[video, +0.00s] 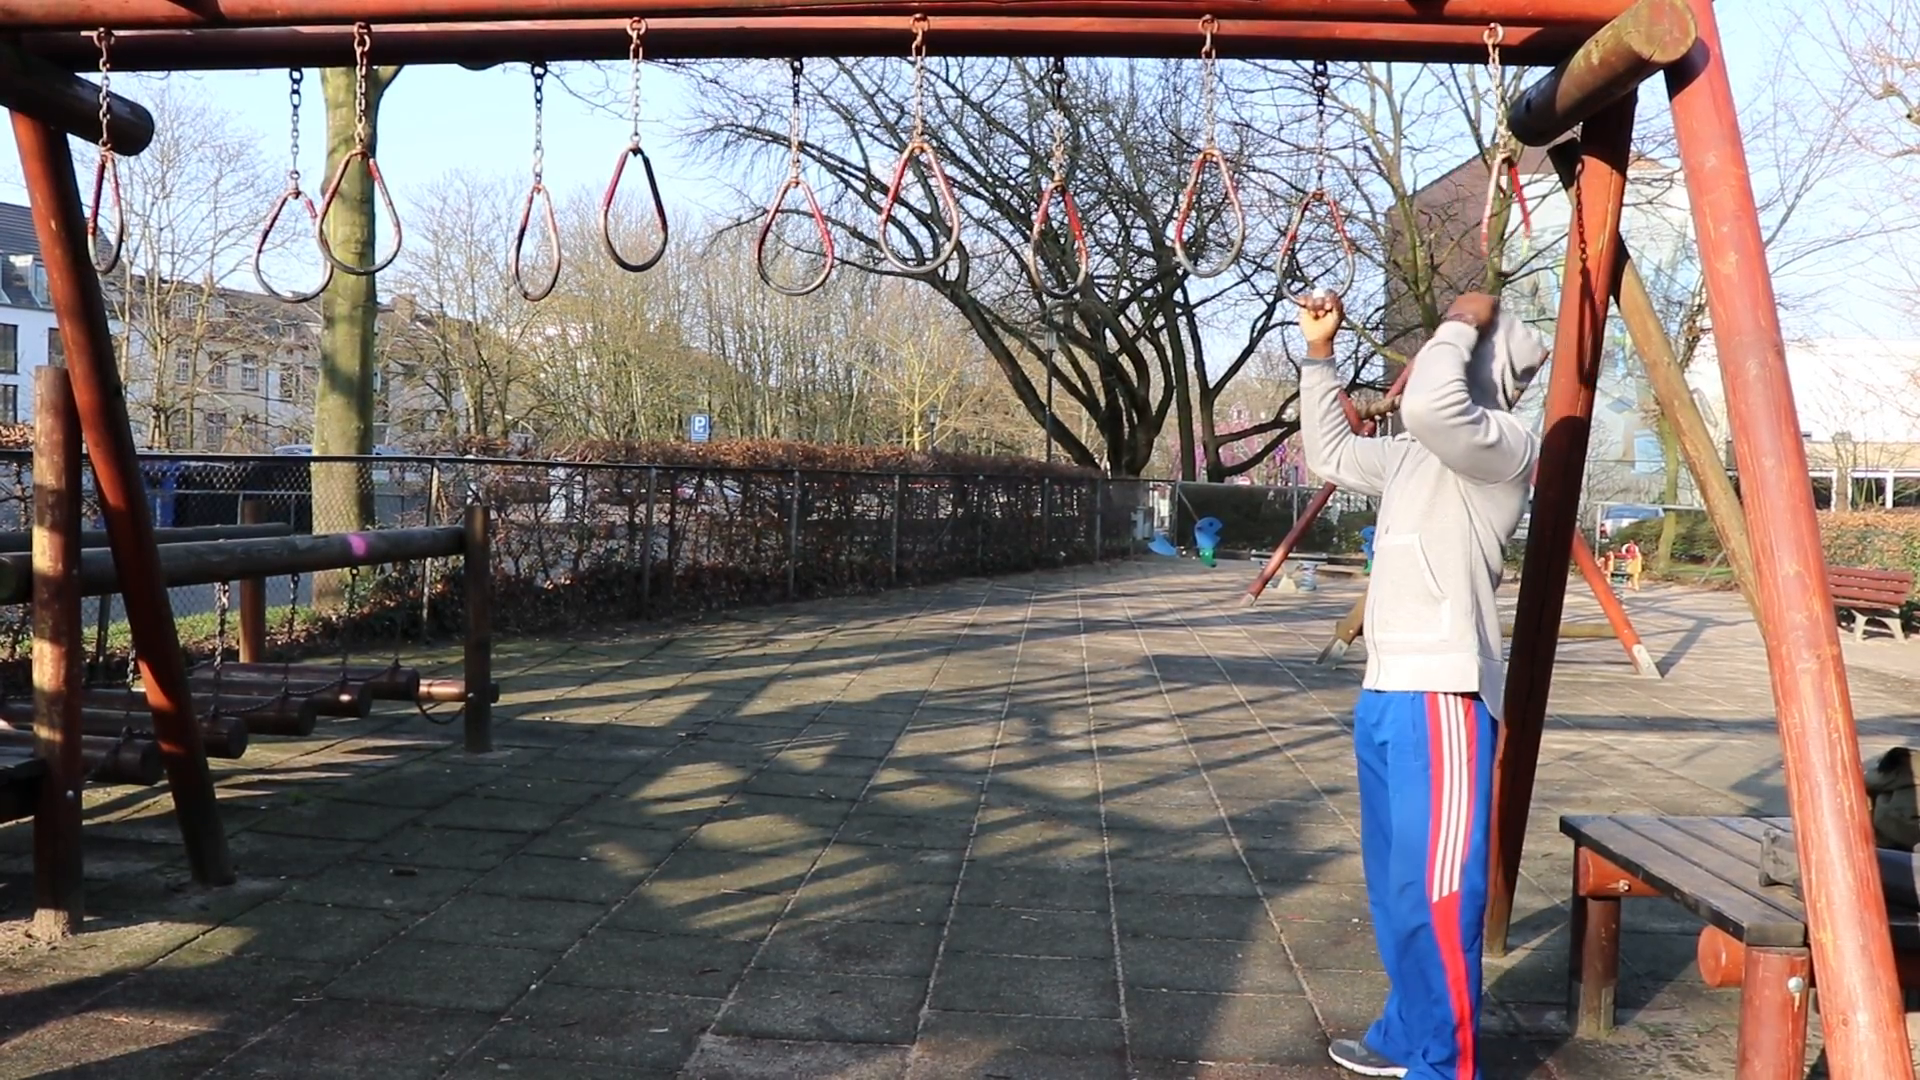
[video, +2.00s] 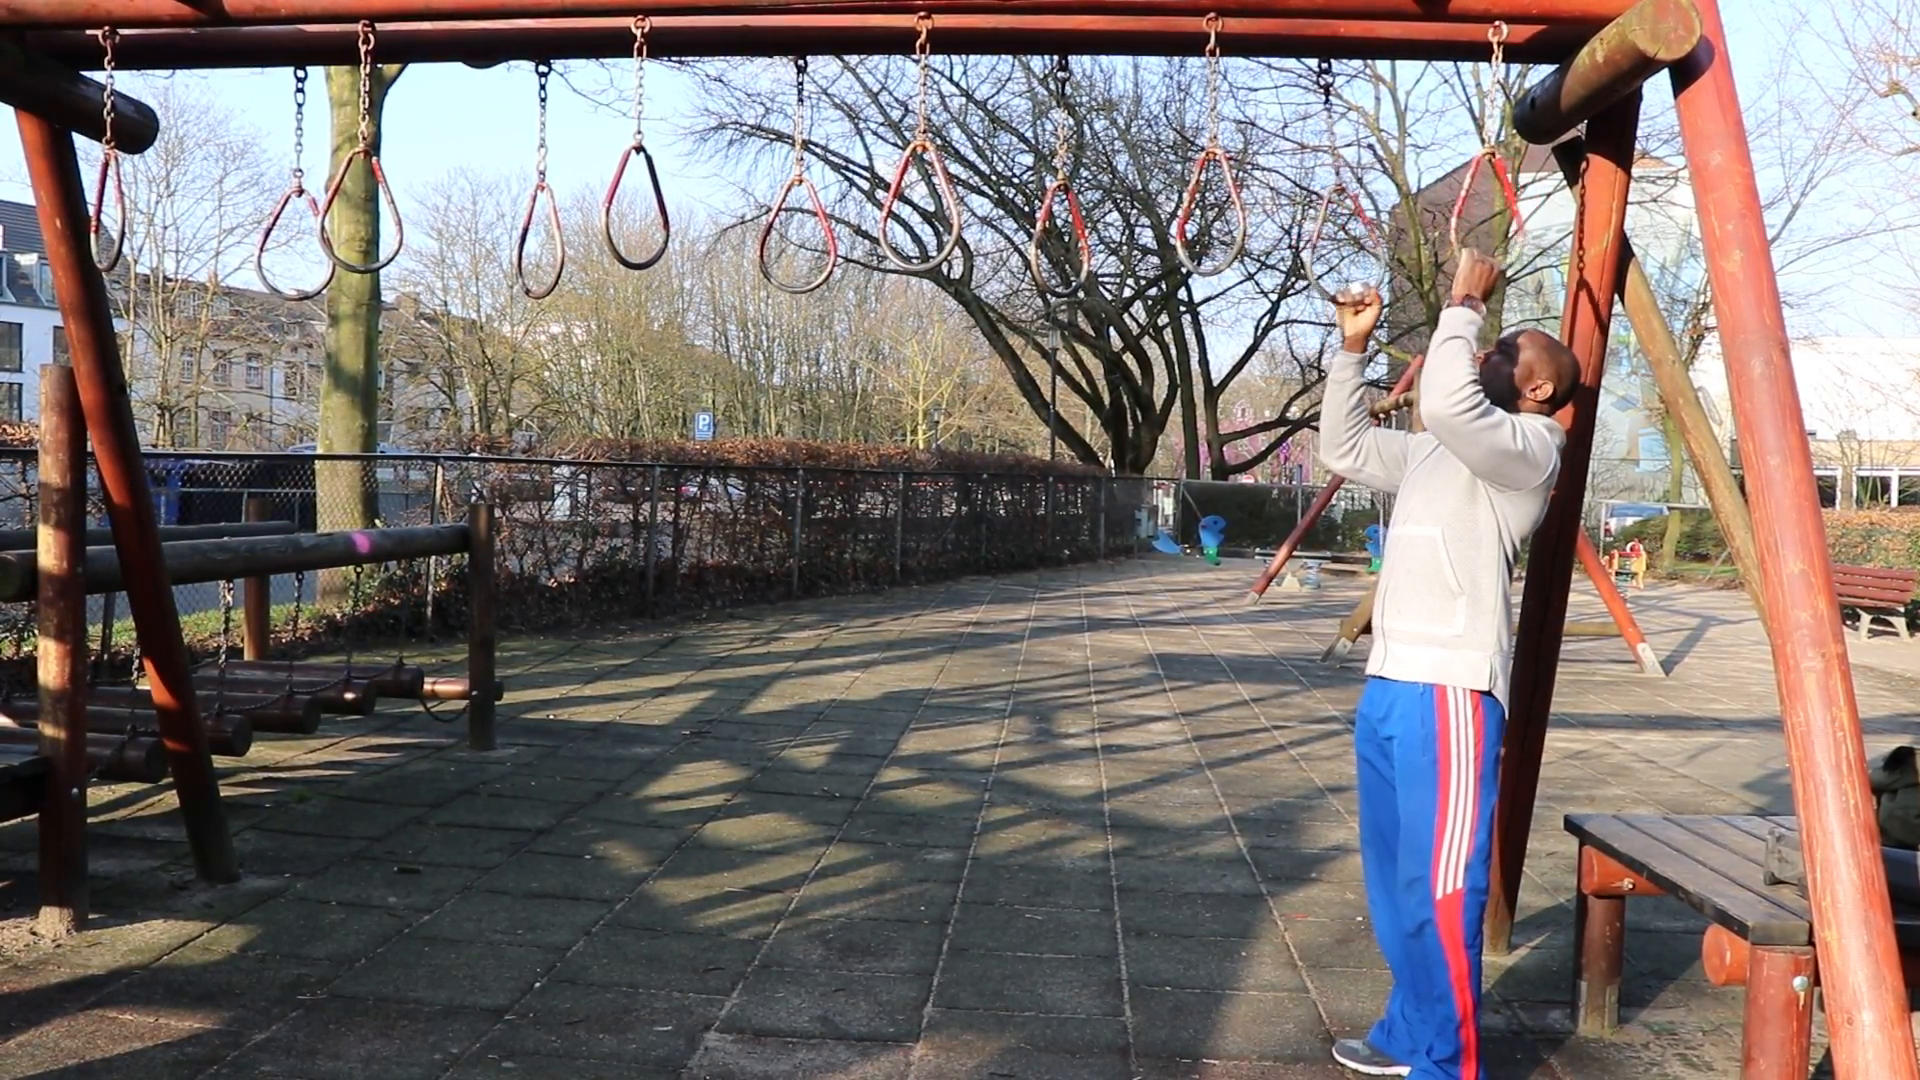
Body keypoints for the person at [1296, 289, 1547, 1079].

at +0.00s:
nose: (1414, 366)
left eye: (1438, 352)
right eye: (1420, 353)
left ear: (1482, 367)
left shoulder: (1508, 442)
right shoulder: (1411, 449)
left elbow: (1432, 408)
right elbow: (1330, 451)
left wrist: (1461, 326)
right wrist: (1319, 351)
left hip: (1446, 694)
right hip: (1390, 691)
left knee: (1440, 889)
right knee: (1396, 884)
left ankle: (1447, 1060)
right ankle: (1407, 1035)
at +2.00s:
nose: (1489, 353)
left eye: (1511, 350)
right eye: (1493, 346)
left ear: (1540, 392)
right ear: (1495, 376)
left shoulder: (1534, 448)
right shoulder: (1433, 446)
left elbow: (1445, 406)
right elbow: (1341, 445)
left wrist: (1463, 306)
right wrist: (1350, 346)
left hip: (1452, 694)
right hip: (1391, 689)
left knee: (1442, 888)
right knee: (1395, 883)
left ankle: (1447, 1060)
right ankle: (1411, 1034)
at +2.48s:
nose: (1462, 356)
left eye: (1484, 348)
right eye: (1467, 345)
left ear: (1523, 378)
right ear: (1492, 372)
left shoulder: (1512, 439)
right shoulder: (1457, 429)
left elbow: (1396, 447)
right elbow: (1348, 453)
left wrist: (1410, 325)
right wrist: (1362, 343)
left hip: (1462, 688)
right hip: (1408, 683)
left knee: (1441, 886)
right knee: (1401, 877)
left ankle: (1448, 1059)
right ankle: (1412, 1034)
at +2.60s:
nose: (1453, 347)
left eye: (1475, 342)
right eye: (1458, 337)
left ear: (1513, 376)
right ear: (1462, 368)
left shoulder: (1498, 437)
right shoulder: (1447, 430)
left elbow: (1379, 430)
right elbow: (1341, 455)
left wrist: (1312, 327)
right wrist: (1362, 344)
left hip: (1460, 691)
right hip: (1410, 684)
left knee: (1441, 882)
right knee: (1399, 871)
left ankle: (1450, 1059)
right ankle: (1410, 1034)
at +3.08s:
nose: (1402, 359)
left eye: (1421, 349)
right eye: (1409, 347)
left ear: (1466, 376)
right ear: (1460, 376)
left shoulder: (1454, 436)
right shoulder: (1427, 432)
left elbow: (1317, 427)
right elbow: (1323, 442)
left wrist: (1294, 309)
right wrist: (1343, 343)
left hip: (1407, 674)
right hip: (1367, 666)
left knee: (1356, 868)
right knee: (1316, 836)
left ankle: (1411, 1053)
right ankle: (1386, 1010)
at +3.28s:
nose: (1360, 369)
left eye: (1380, 358)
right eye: (1370, 357)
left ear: (1420, 383)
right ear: (1419, 383)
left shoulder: (1400, 444)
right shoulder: (1395, 437)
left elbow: (1254, 436)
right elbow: (1291, 439)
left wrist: (1248, 318)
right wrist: (1322, 344)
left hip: (1340, 676)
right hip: (1314, 663)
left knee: (1236, 850)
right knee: (1217, 802)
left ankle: (1280, 1043)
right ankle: (1290, 992)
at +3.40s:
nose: (1328, 360)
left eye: (1348, 352)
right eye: (1335, 347)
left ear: (1388, 377)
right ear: (1386, 377)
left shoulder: (1366, 439)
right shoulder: (1369, 434)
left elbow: (1215, 435)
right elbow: (1273, 430)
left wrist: (1223, 317)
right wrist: (1306, 343)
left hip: (1298, 667)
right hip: (1280, 650)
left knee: (1148, 804)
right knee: (1152, 719)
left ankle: (1165, 1010)